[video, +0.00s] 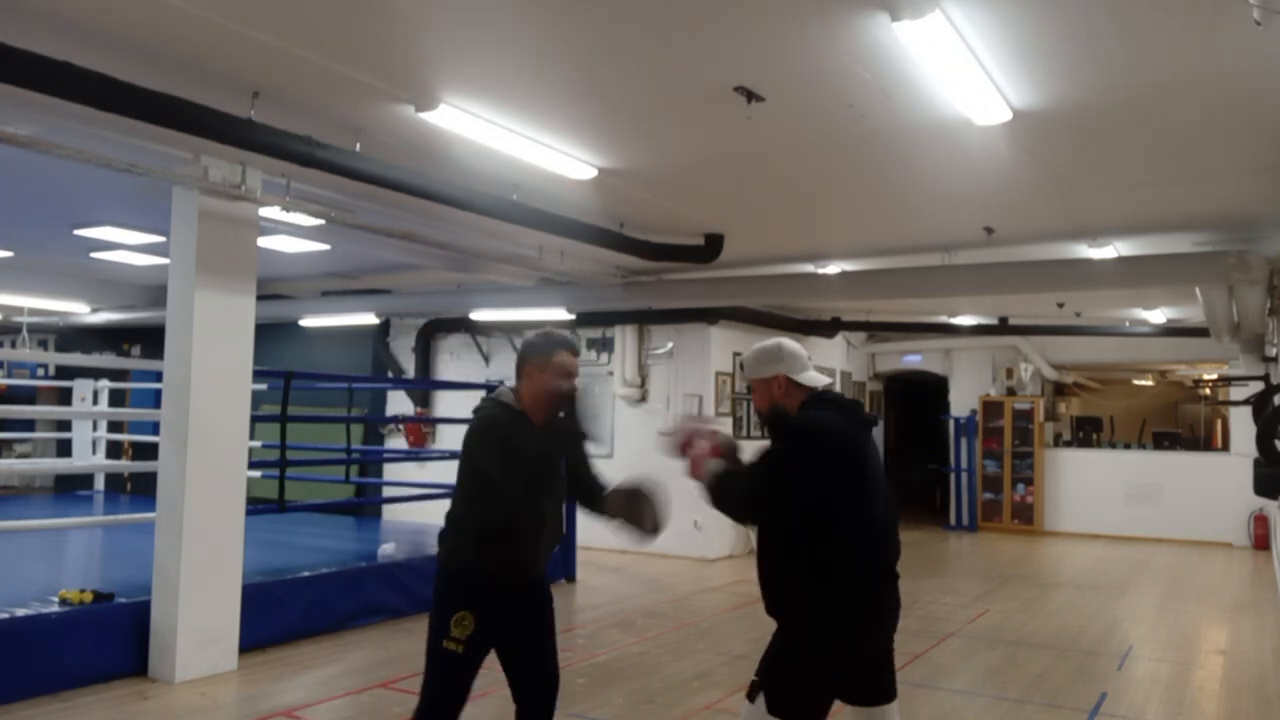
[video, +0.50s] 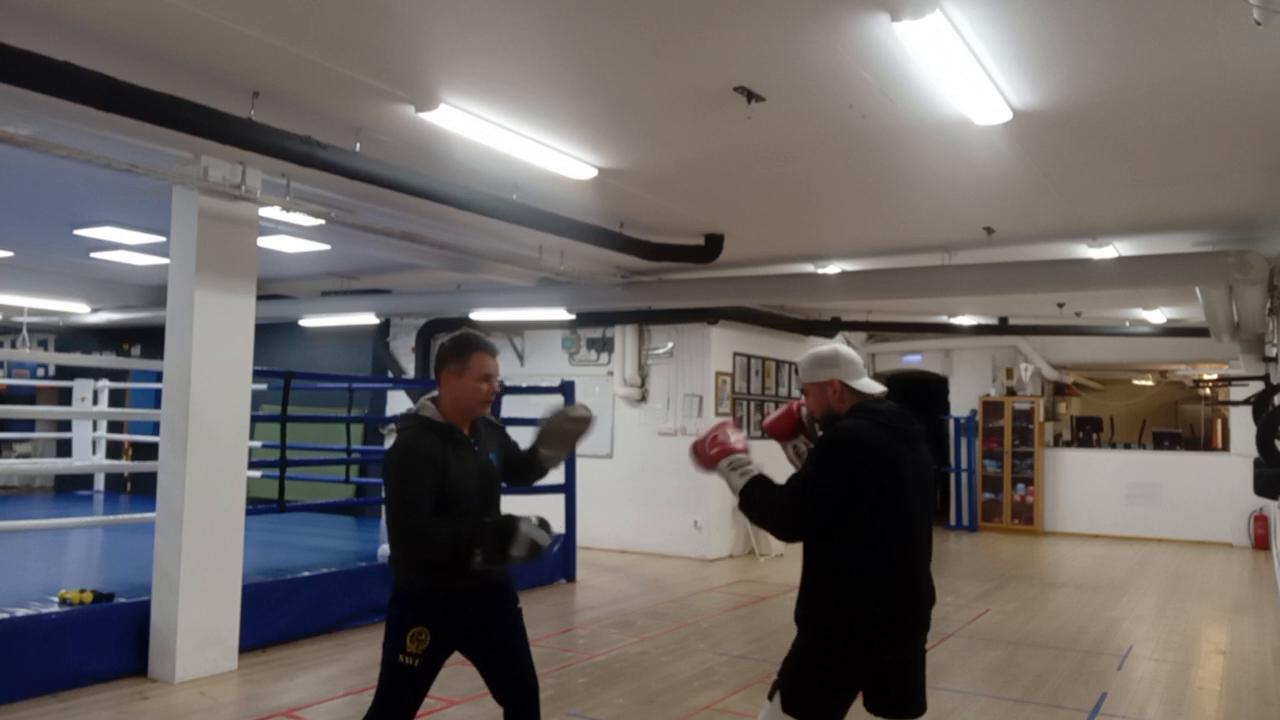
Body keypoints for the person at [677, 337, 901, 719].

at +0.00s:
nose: (753, 403)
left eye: (754, 390)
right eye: (752, 392)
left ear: (779, 384)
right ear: (785, 383)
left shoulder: (806, 433)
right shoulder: (843, 424)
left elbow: (754, 503)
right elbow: (778, 489)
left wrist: (711, 472)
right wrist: (730, 461)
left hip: (822, 613)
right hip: (867, 606)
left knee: (766, 709)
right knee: (874, 709)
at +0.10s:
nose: (755, 405)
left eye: (756, 393)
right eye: (753, 395)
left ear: (781, 386)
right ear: (786, 385)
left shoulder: (822, 437)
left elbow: (783, 530)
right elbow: (756, 455)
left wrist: (736, 469)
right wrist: (684, 457)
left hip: (829, 615)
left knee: (768, 709)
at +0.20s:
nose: (765, 407)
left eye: (766, 393)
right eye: (763, 395)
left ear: (791, 386)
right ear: (798, 384)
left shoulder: (823, 437)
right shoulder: (857, 424)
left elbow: (781, 531)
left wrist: (744, 460)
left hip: (826, 625)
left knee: (769, 710)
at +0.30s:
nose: (784, 404)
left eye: (784, 391)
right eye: (781, 393)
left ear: (809, 384)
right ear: (821, 382)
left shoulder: (825, 436)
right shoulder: (885, 424)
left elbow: (777, 527)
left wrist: (743, 457)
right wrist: (781, 456)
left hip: (828, 621)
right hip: (892, 613)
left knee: (775, 712)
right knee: (897, 712)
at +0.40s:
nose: (799, 402)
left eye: (801, 389)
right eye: (797, 391)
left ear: (827, 385)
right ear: (839, 382)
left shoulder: (836, 434)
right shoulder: (897, 423)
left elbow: (787, 522)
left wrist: (751, 455)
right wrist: (804, 445)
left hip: (840, 617)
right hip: (903, 608)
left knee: (777, 711)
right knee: (902, 712)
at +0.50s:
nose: (805, 405)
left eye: (807, 393)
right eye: (803, 394)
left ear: (834, 388)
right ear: (843, 386)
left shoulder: (848, 438)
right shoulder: (902, 427)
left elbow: (789, 518)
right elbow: (842, 499)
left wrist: (732, 463)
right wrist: (798, 444)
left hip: (842, 621)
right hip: (903, 614)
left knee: (786, 710)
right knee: (900, 712)